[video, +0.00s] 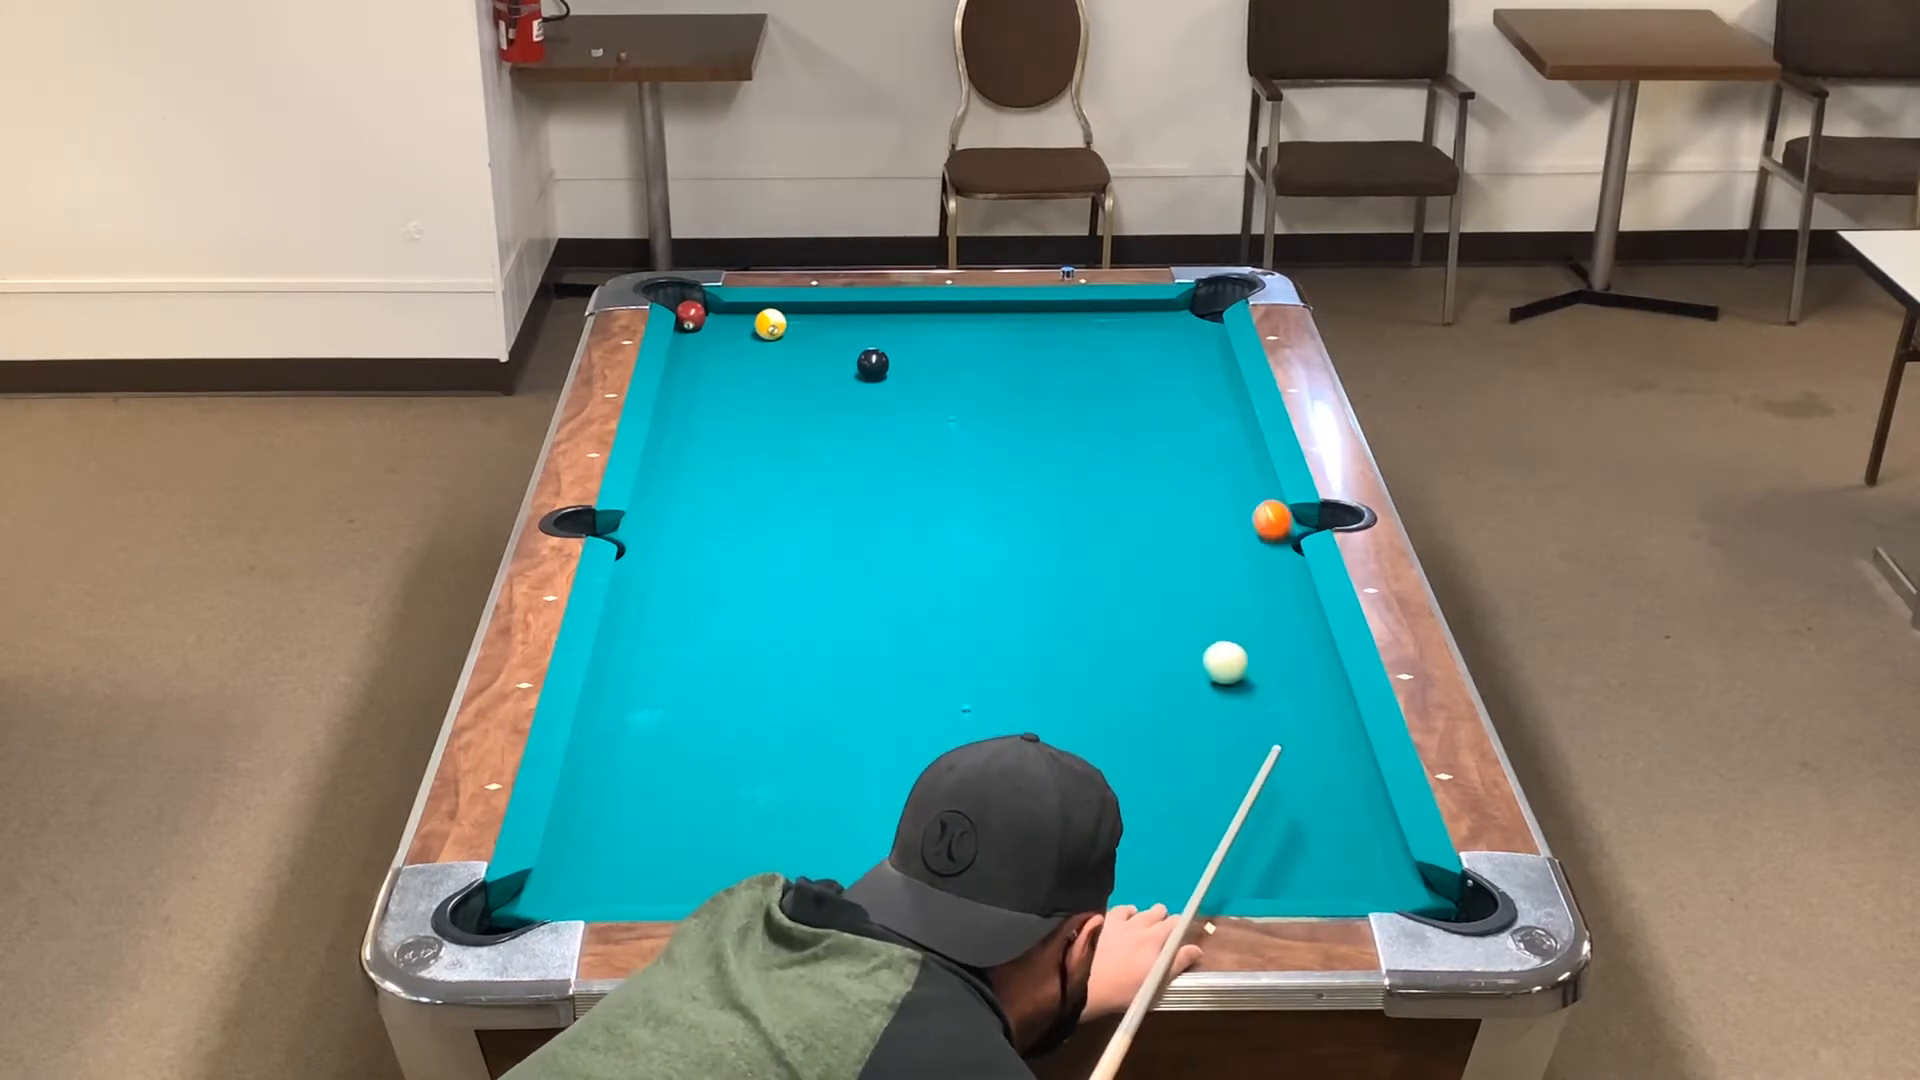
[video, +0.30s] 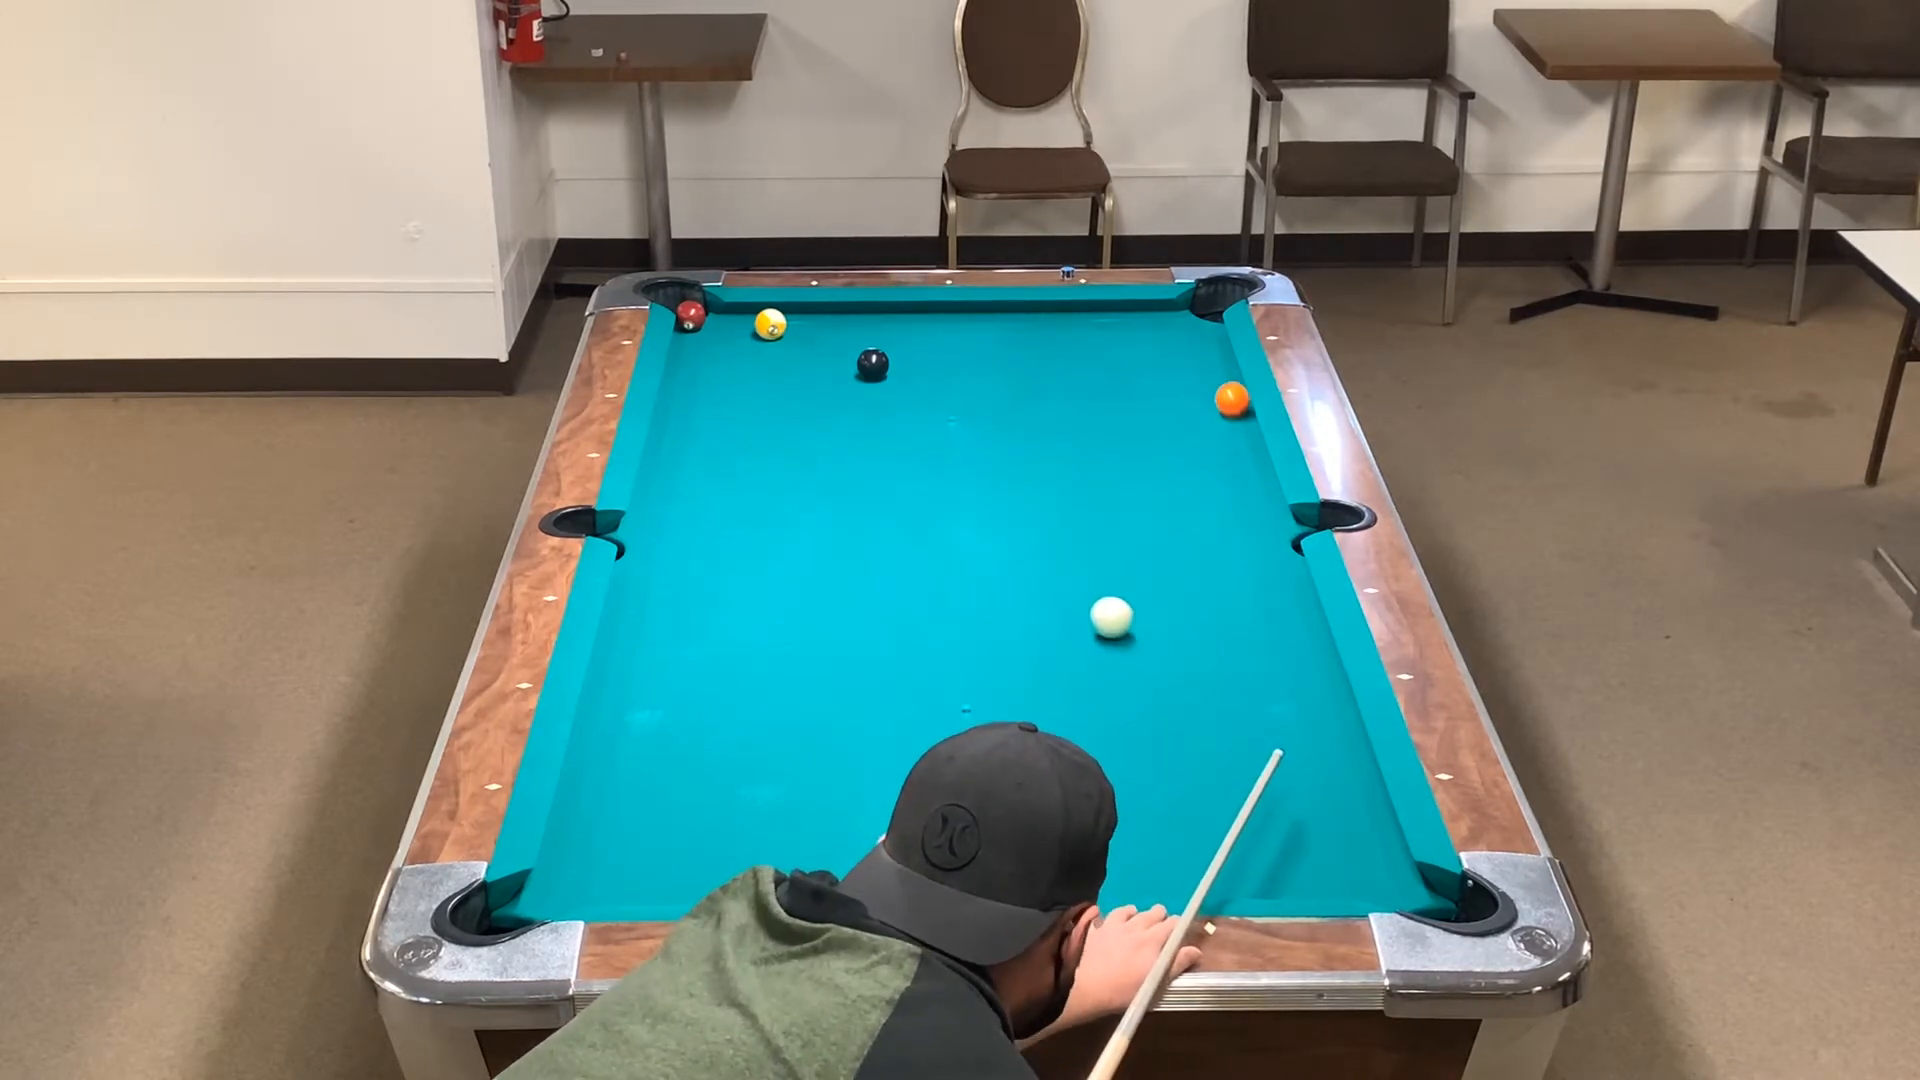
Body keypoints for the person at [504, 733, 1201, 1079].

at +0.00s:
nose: (1092, 935)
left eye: (1095, 925)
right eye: (1092, 921)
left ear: (903, 850)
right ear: (1073, 940)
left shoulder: (749, 905)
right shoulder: (958, 1050)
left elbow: (904, 993)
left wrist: (1066, 990)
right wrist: (1093, 1001)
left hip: (548, 1063)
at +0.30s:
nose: (1083, 936)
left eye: (1089, 921)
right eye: (1085, 921)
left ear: (896, 840)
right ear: (1064, 937)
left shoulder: (750, 902)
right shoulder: (955, 1047)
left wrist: (1062, 1002)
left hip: (547, 1060)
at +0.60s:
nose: (1075, 904)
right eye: (1076, 885)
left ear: (888, 811)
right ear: (1060, 895)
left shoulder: (756, 885)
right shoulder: (956, 1039)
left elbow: (855, 1025)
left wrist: (1060, 998)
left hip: (534, 1053)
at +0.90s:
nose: (1056, 751)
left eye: (1053, 729)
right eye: (1057, 733)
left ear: (854, 688)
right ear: (1040, 759)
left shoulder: (750, 793)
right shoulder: (967, 971)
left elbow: (821, 947)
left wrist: (1057, 972)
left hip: (465, 1044)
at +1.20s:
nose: (991, 552)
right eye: (991, 531)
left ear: (779, 519)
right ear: (974, 557)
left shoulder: (675, 670)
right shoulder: (926, 807)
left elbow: (773, 886)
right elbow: (885, 1068)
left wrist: (1026, 954)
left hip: (417, 1053)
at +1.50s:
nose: (900, 388)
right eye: (896, 373)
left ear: (677, 387)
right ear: (884, 403)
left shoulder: (566, 579)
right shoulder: (869, 696)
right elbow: (885, 1056)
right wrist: (978, 1055)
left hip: (457, 1050)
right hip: (704, 1064)